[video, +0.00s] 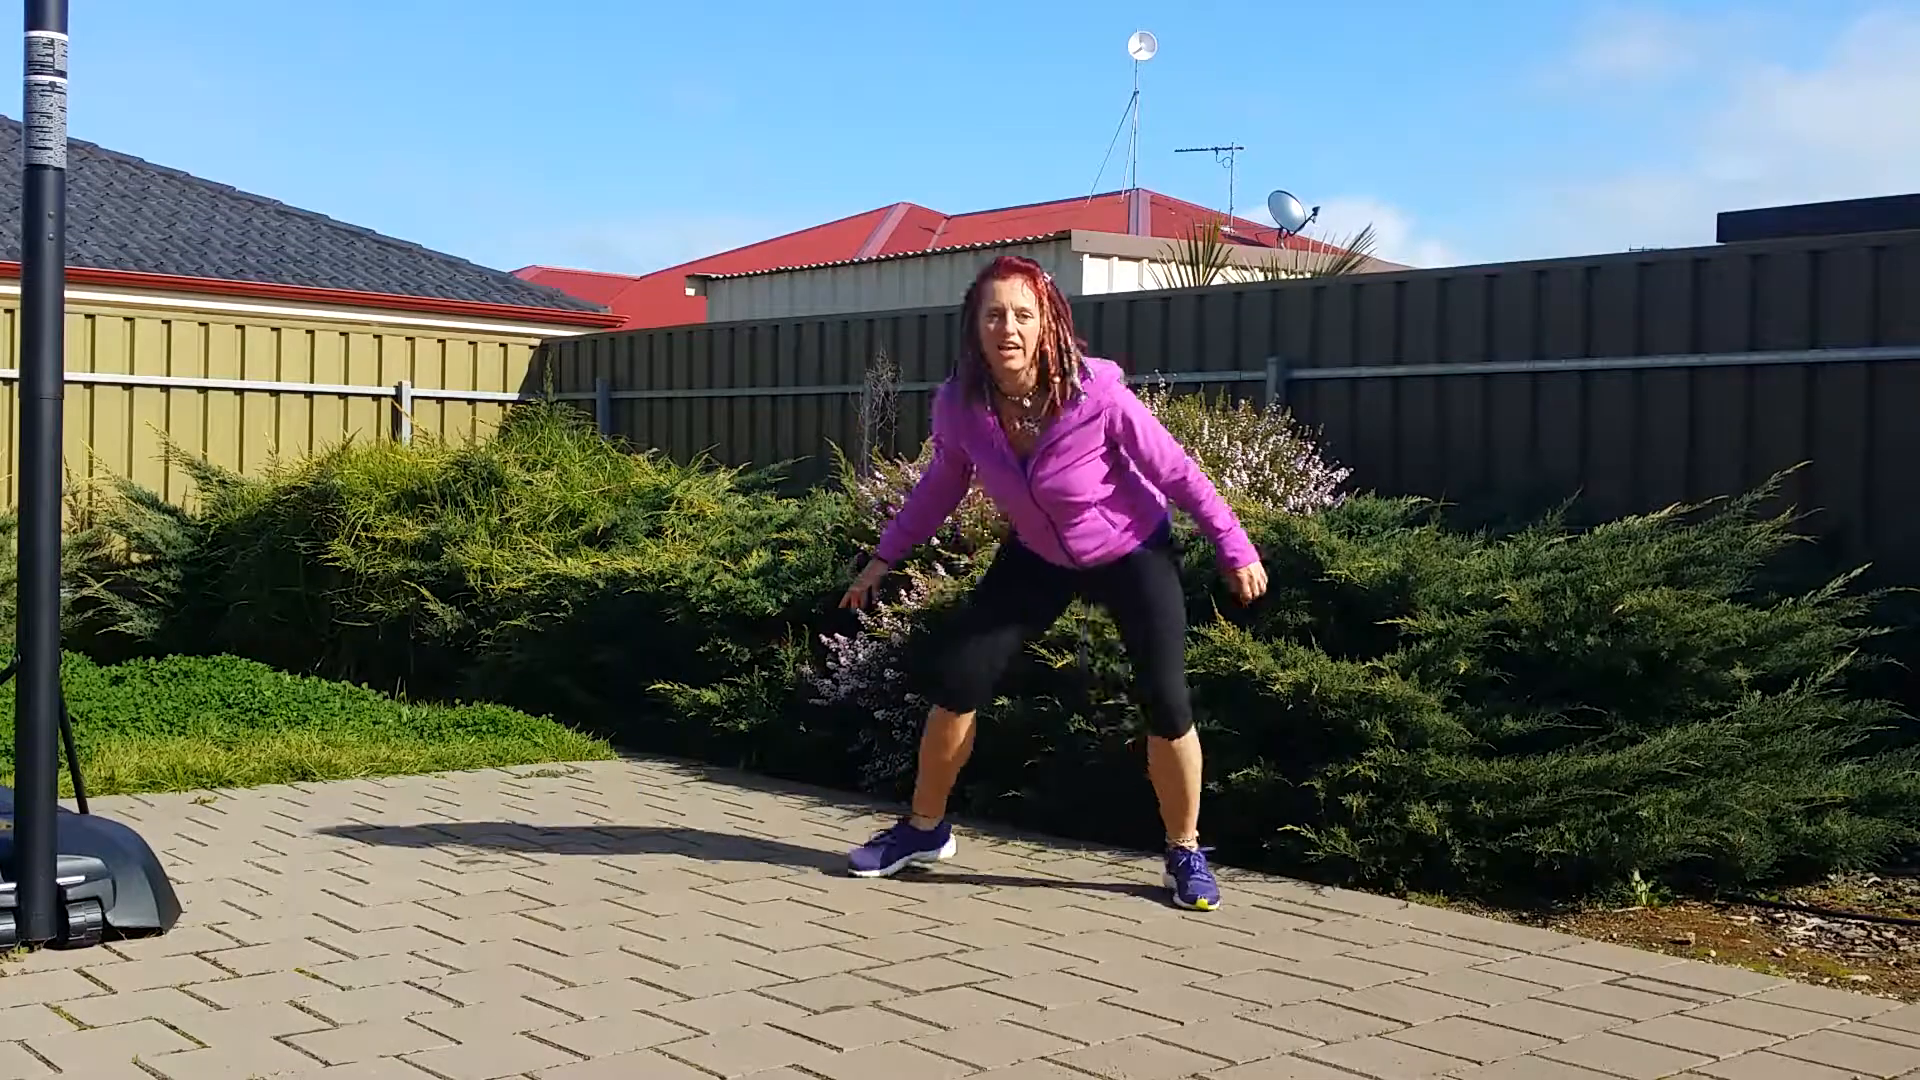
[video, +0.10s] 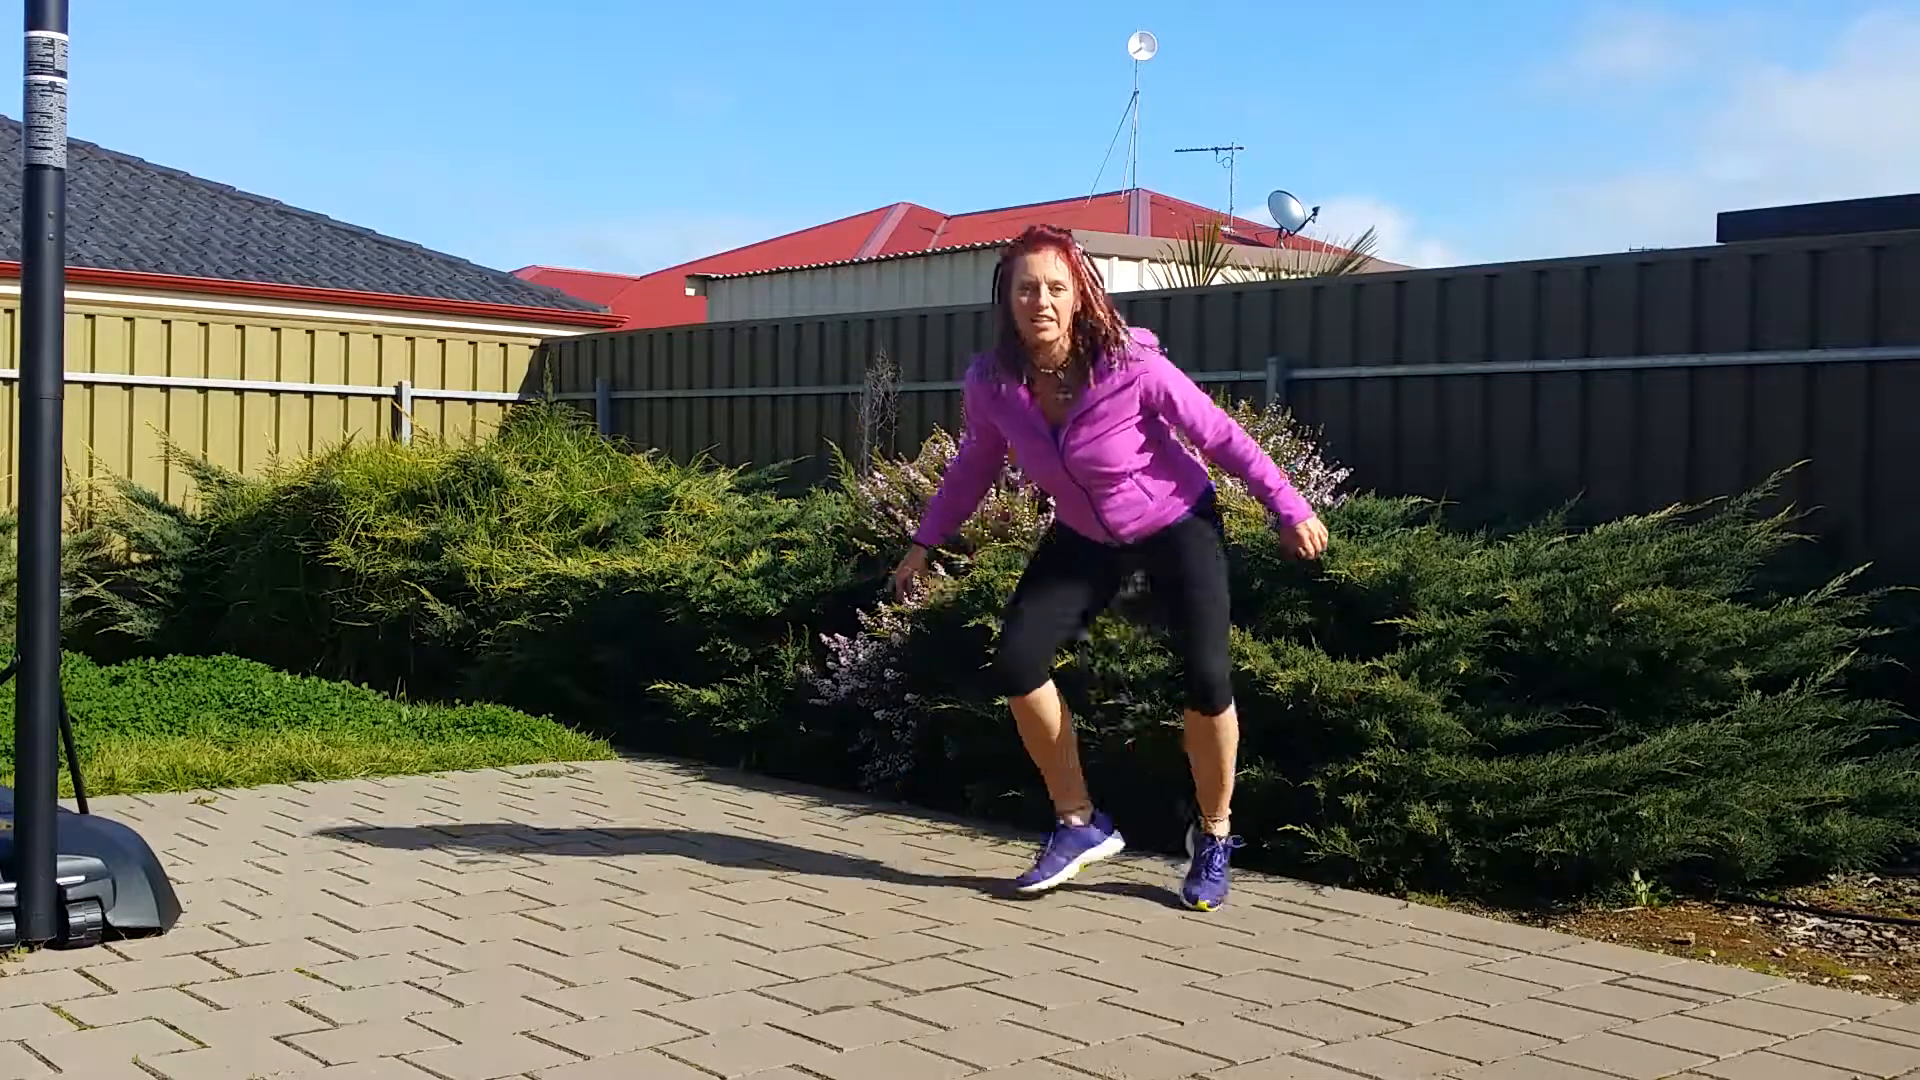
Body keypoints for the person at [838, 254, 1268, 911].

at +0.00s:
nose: (1006, 327)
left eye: (1021, 314)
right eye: (993, 315)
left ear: (1047, 325)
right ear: (975, 328)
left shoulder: (1097, 390)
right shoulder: (960, 404)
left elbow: (1177, 472)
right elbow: (939, 486)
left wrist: (1236, 547)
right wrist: (885, 555)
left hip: (1130, 550)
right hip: (1036, 552)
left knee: (1166, 696)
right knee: (958, 679)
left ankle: (1185, 853)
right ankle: (923, 827)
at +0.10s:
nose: (1039, 301)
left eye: (1053, 286)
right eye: (1024, 288)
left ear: (1081, 295)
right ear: (1006, 300)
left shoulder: (1133, 362)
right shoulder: (992, 384)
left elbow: (1219, 434)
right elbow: (970, 469)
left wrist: (1290, 506)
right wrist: (924, 542)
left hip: (1176, 524)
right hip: (1082, 534)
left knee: (1208, 678)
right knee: (1019, 662)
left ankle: (1214, 839)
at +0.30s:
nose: (1102, 340)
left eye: (1117, 325)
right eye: (1087, 326)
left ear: (1141, 332)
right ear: (1066, 337)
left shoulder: (1188, 396)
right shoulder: (1046, 422)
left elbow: (1281, 465)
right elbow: (1027, 508)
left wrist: (1361, 528)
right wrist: (973, 584)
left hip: (1250, 550)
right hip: (1157, 584)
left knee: (1358, 667)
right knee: (1131, 715)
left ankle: (1487, 824)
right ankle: (1230, 867)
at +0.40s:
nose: (1135, 391)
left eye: (1148, 375)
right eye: (1118, 379)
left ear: (1175, 381)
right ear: (1093, 390)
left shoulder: (1222, 446)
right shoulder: (1079, 473)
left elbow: (1319, 509)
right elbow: (1051, 561)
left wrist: (1404, 576)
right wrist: (1002, 643)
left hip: (1294, 582)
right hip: (1194, 609)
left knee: (1421, 696)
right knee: (1137, 729)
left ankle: (1580, 825)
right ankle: (1239, 879)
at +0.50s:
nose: (1174, 434)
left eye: (1188, 419)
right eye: (1157, 422)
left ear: (1216, 427)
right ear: (1131, 436)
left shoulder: (1268, 487)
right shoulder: (1124, 515)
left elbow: (1372, 557)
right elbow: (1092, 601)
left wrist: (1457, 644)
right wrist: (1052, 680)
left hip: (1334, 600)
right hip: (1229, 620)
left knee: (1465, 727)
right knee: (1163, 730)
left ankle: (1609, 873)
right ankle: (1238, 881)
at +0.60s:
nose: (1229, 476)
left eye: (1243, 459)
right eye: (1211, 463)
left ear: (1270, 462)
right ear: (1187, 475)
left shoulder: (1327, 530)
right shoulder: (1184, 538)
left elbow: (1421, 616)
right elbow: (1155, 612)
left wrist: (1478, 728)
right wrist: (1116, 691)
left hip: (1393, 616)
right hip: (1294, 626)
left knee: (1496, 753)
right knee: (1192, 712)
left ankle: (1617, 908)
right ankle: (1239, 882)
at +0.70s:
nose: (1295, 513)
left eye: (1309, 495)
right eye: (1278, 499)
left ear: (1337, 496)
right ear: (1256, 509)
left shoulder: (1395, 567)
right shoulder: (1254, 559)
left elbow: (1461, 689)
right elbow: (1219, 618)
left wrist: (1502, 820)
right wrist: (1190, 680)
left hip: (1462, 610)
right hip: (1351, 627)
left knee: (1547, 761)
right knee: (1229, 716)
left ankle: (1630, 916)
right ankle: (1241, 882)